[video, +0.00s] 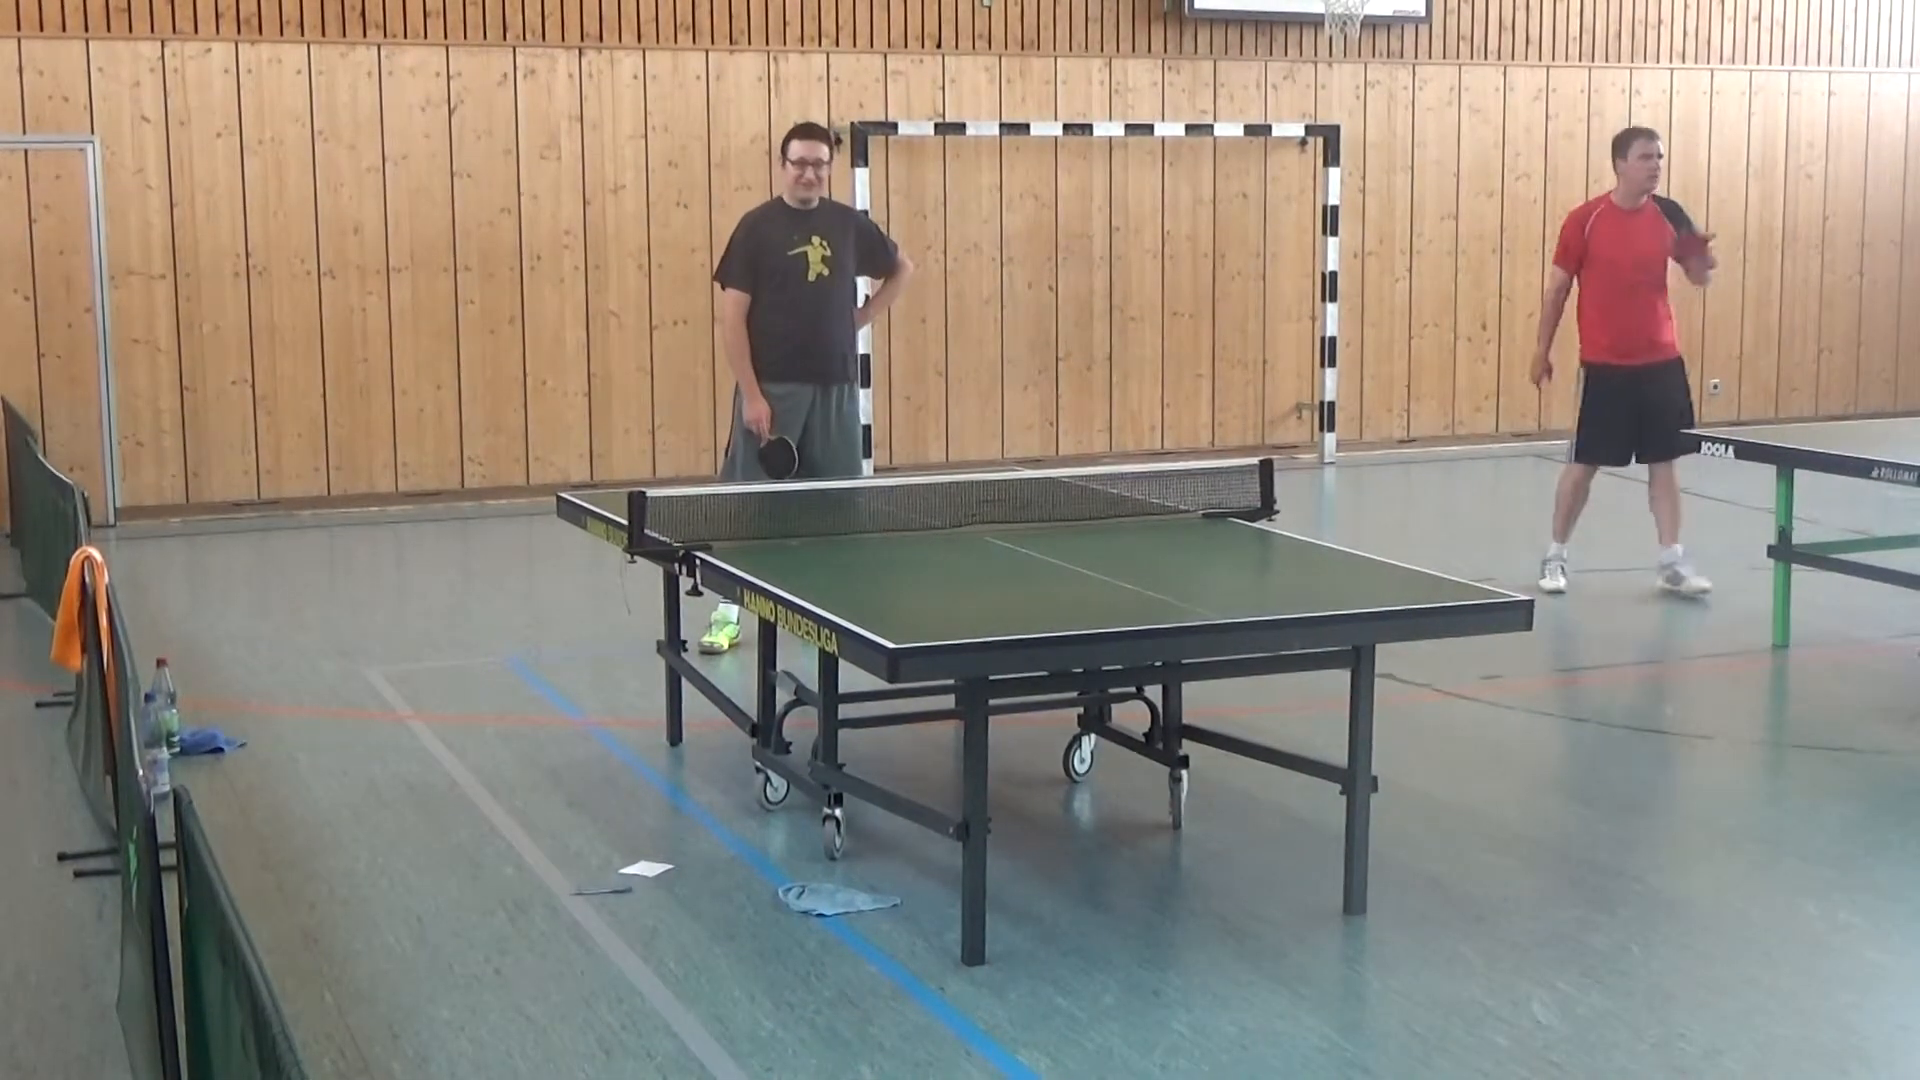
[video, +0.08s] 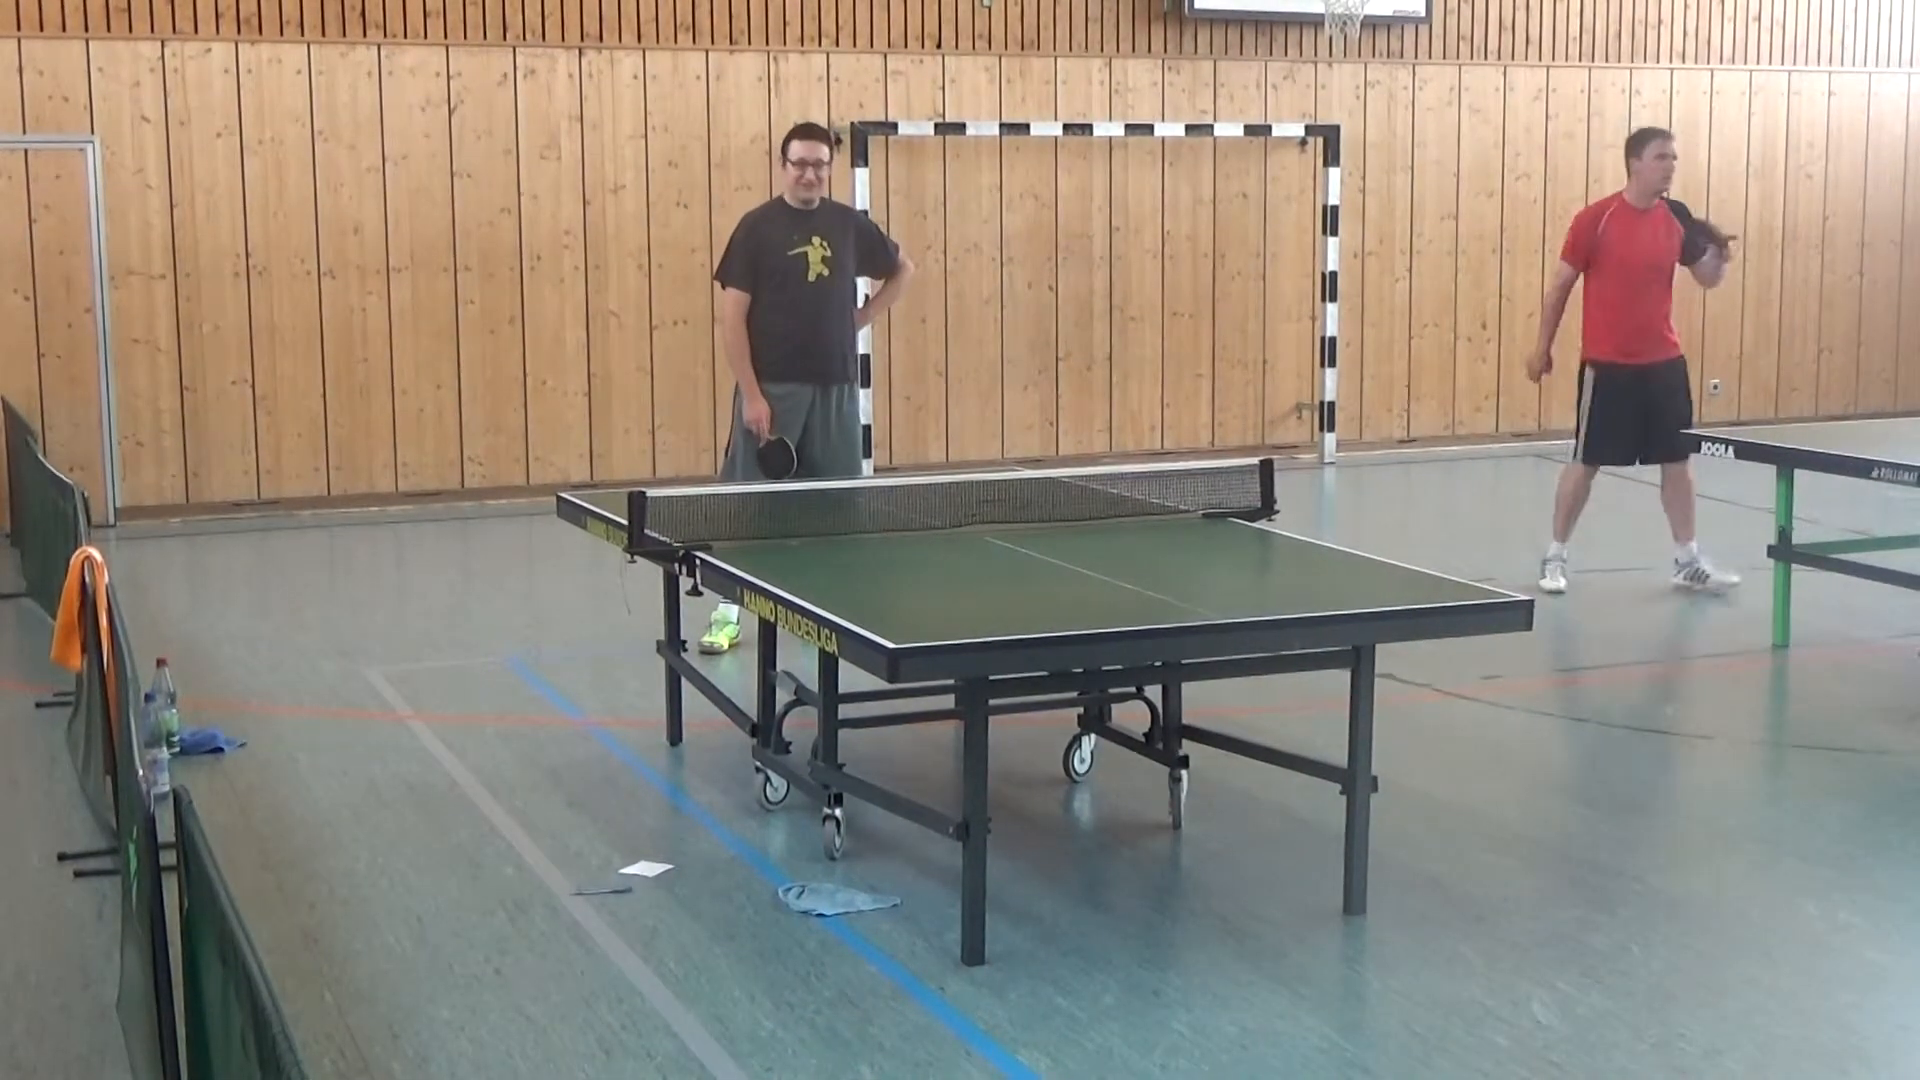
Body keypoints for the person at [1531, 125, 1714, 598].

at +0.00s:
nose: (1657, 165)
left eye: (1659, 157)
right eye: (1647, 157)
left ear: (1660, 165)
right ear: (1620, 164)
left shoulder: (1668, 216)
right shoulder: (1584, 219)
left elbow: (1698, 277)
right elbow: (1558, 287)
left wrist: (1700, 257)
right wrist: (1542, 351)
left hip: (1660, 362)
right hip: (1605, 364)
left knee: (1664, 461)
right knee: (1585, 462)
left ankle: (1671, 561)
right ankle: (1556, 556)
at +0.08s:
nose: (1671, 166)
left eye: (1673, 159)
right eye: (1662, 158)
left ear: (1671, 166)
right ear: (1634, 163)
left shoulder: (1675, 222)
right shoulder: (1594, 219)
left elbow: (1707, 277)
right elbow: (1561, 286)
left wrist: (1718, 255)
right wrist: (1542, 348)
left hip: (1663, 361)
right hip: (1608, 362)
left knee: (1677, 460)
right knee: (1587, 461)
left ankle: (1688, 560)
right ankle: (1556, 554)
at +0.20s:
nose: (1696, 169)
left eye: (1698, 163)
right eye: (1687, 162)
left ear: (1694, 170)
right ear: (1658, 166)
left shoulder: (1695, 223)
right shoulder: (1620, 220)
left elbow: (1723, 283)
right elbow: (1577, 280)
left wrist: (1737, 259)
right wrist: (1553, 348)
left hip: (1678, 367)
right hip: (1622, 366)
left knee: (1690, 462)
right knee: (1593, 461)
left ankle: (1697, 558)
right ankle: (1555, 553)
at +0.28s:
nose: (1714, 172)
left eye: (1716, 164)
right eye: (1705, 163)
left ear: (1709, 171)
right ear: (1677, 168)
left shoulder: (1709, 225)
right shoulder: (1642, 220)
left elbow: (1729, 288)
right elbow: (1591, 279)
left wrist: (1751, 265)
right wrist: (1574, 348)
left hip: (1695, 369)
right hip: (1644, 370)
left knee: (1702, 464)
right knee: (1606, 465)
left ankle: (1701, 560)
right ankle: (1553, 551)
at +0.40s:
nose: (1736, 174)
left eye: (1740, 166)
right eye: (1727, 164)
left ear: (1741, 172)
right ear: (1701, 168)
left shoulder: (1734, 222)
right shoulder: (1671, 218)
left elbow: (1731, 280)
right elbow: (1618, 271)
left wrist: (1750, 294)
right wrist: (1628, 338)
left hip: (1721, 363)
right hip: (1676, 362)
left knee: (1712, 462)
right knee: (1660, 463)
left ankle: (1702, 561)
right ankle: (1579, 543)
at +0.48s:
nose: (1746, 174)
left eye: (1754, 167)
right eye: (1739, 164)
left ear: (1759, 174)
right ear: (1718, 166)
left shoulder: (1751, 220)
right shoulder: (1686, 214)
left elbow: (1753, 270)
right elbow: (1640, 275)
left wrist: (1761, 299)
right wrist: (1678, 312)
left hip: (1731, 355)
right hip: (1691, 353)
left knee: (1719, 458)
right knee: (1698, 456)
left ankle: (1701, 561)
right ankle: (1617, 536)